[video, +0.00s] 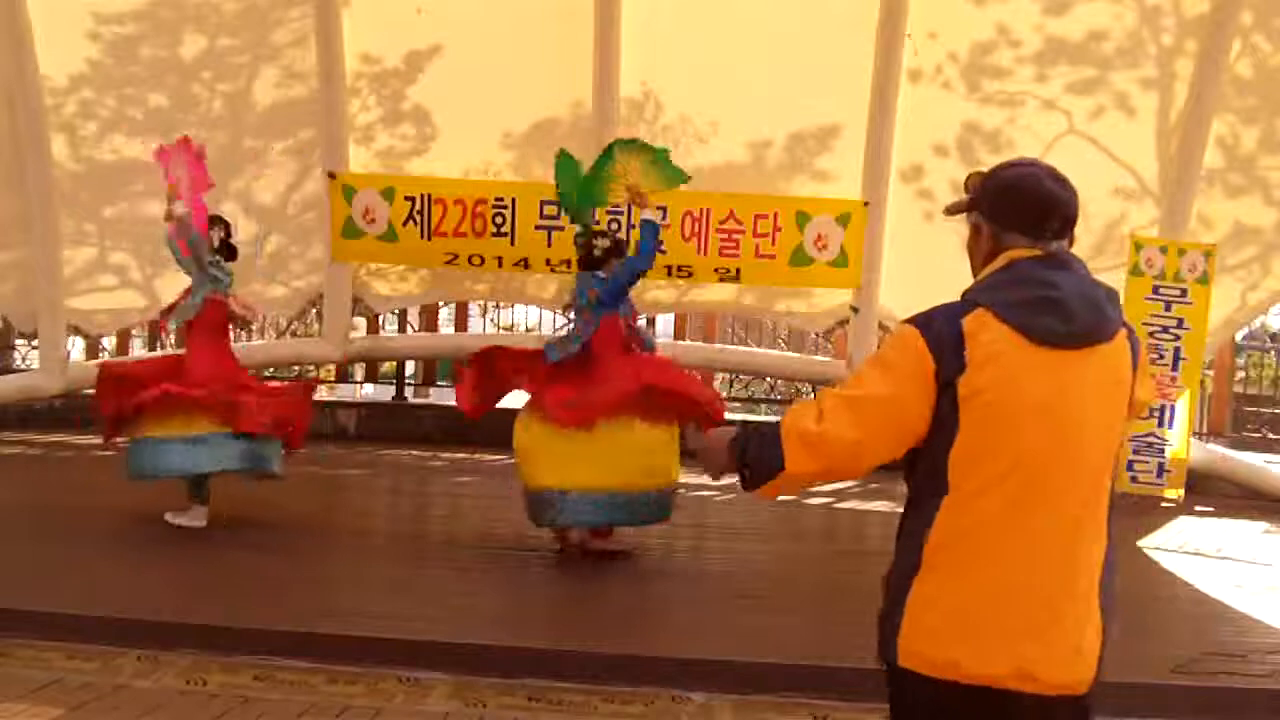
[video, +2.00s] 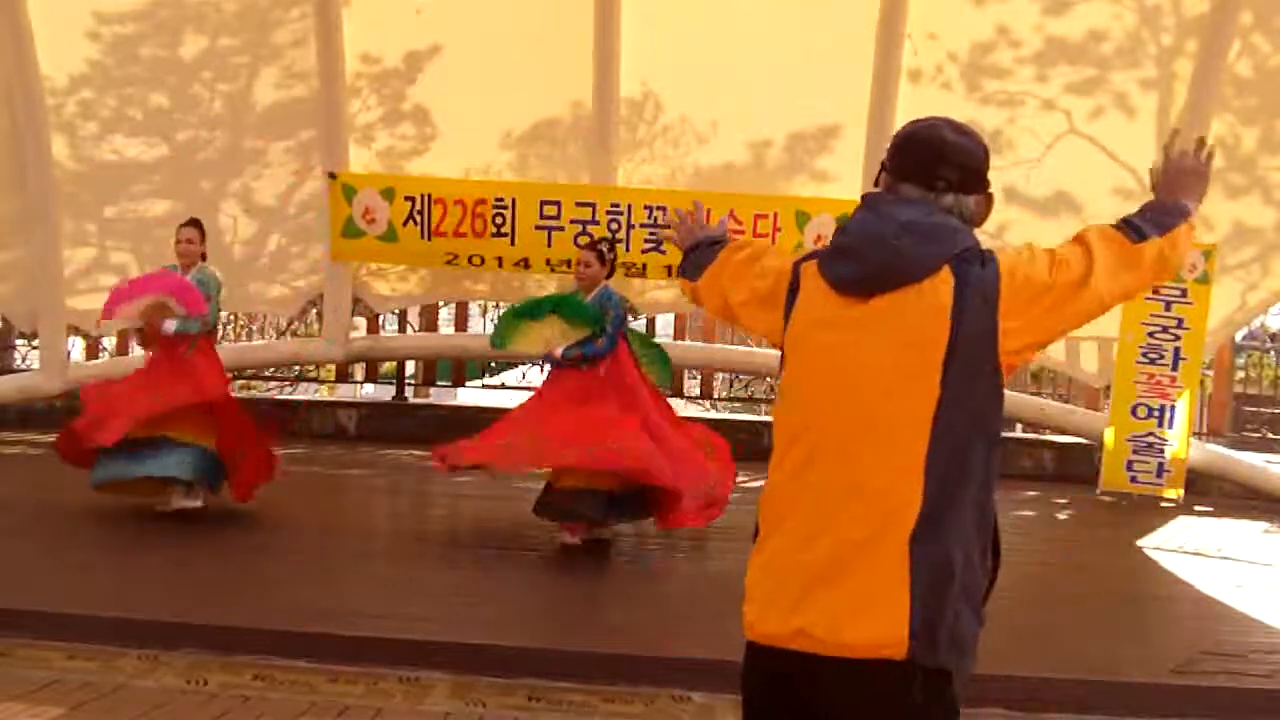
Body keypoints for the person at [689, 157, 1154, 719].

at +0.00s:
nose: (966, 242)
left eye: (968, 229)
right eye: (966, 229)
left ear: (982, 234)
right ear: (1062, 240)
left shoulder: (945, 334)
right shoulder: (1121, 347)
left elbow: (845, 433)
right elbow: (1135, 401)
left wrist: (739, 450)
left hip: (947, 645)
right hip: (1062, 653)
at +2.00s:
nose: (984, 215)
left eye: (984, 203)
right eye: (982, 201)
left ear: (884, 182)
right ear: (974, 203)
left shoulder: (803, 278)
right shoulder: (982, 284)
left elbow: (742, 273)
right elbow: (1093, 264)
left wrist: (700, 250)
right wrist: (1171, 210)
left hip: (780, 631)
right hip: (897, 640)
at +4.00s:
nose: (929, 237)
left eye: (932, 222)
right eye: (933, 223)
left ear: (837, 203)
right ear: (920, 230)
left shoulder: (724, 294)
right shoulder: (894, 324)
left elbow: (631, 410)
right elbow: (1021, 382)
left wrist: (636, 518)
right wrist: (971, 327)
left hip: (682, 629)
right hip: (785, 654)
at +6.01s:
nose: (624, 221)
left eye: (629, 201)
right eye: (625, 203)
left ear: (666, 206)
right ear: (674, 206)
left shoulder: (720, 322)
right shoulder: (729, 294)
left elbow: (606, 460)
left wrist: (496, 377)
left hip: (746, 627)